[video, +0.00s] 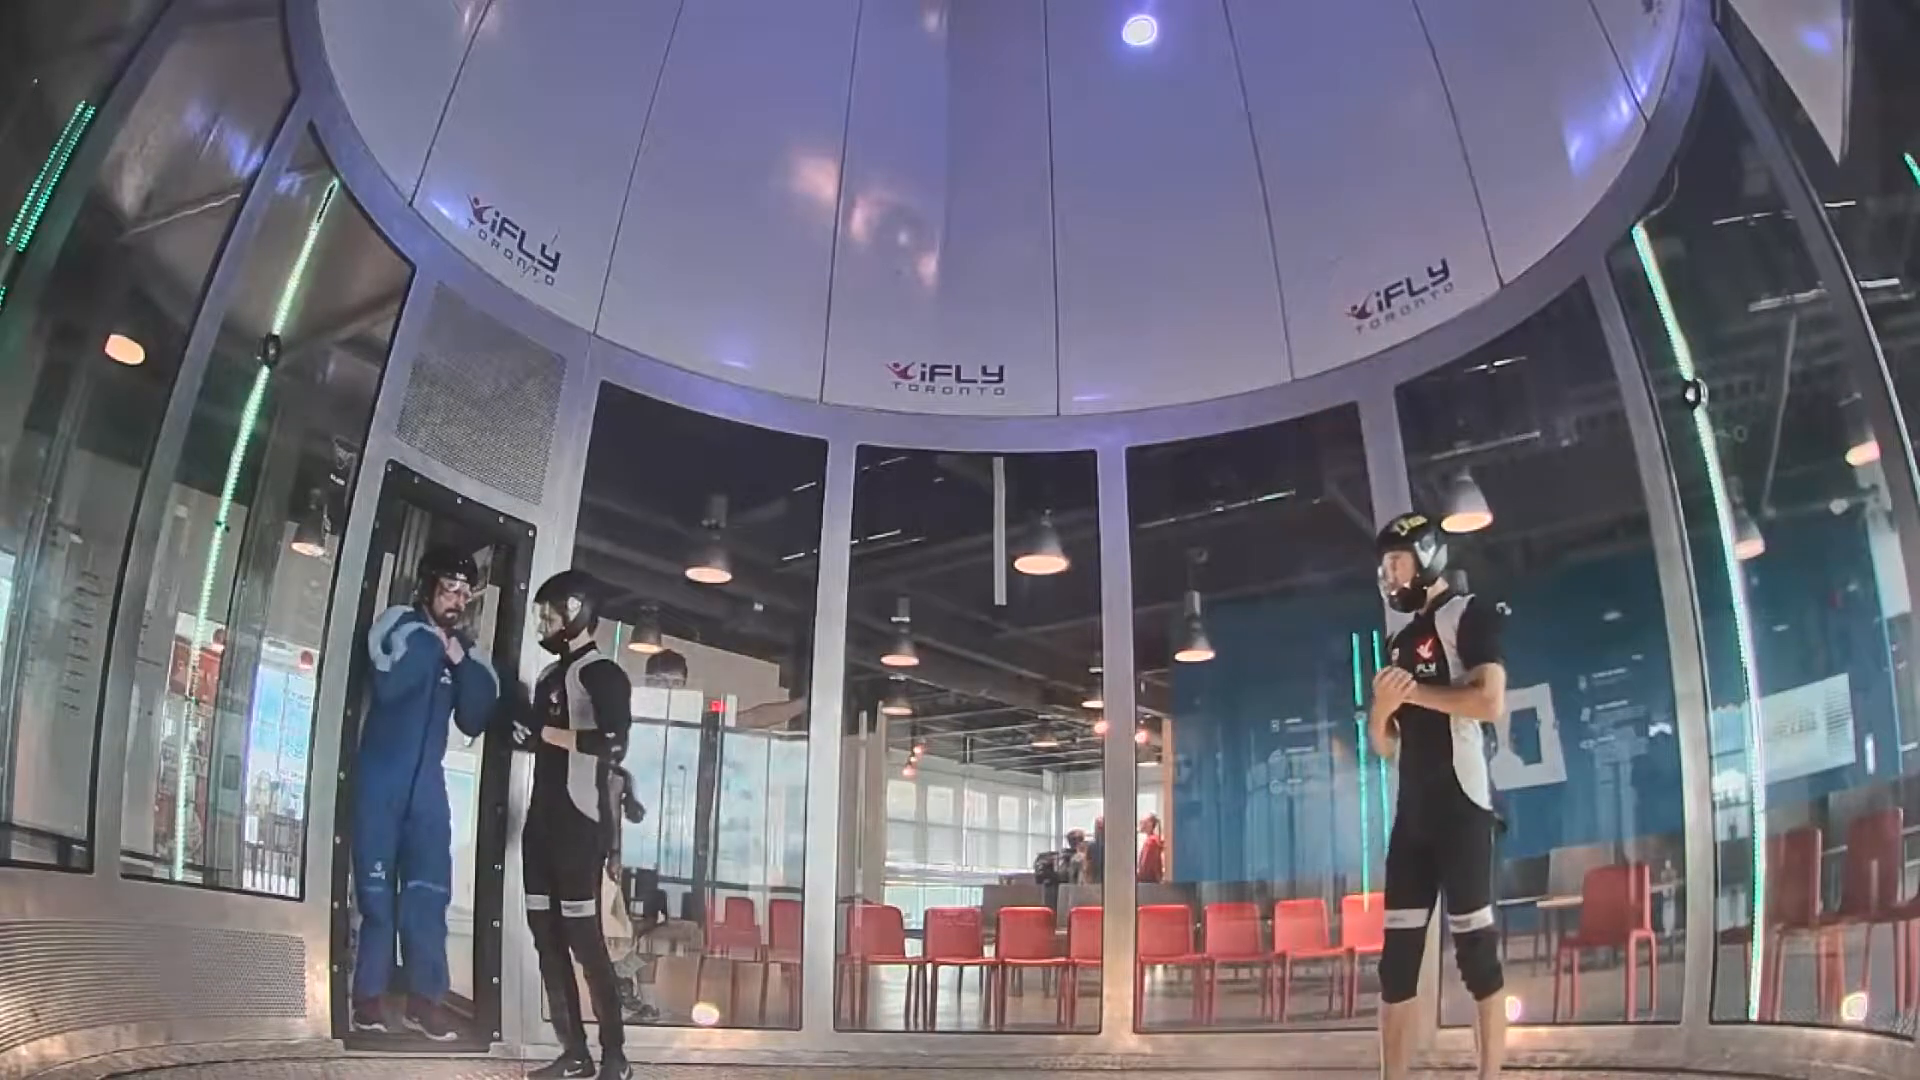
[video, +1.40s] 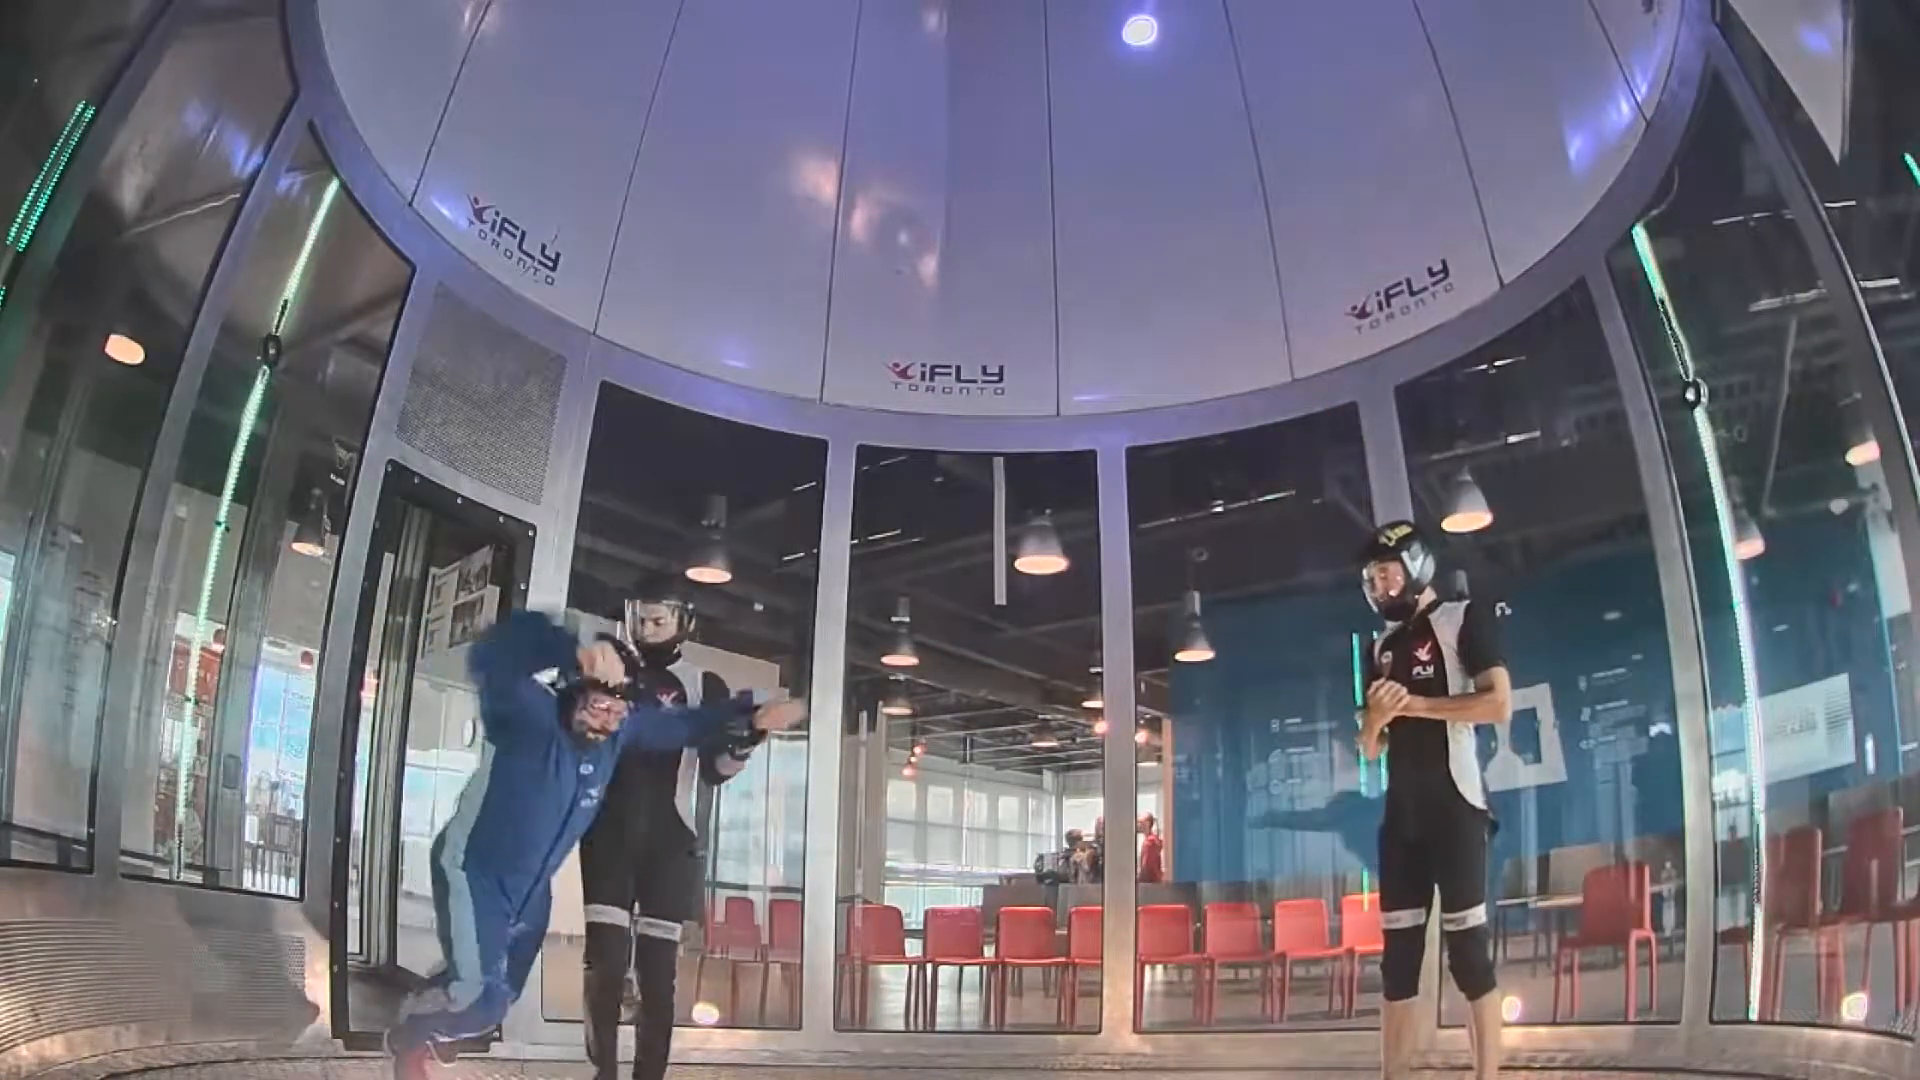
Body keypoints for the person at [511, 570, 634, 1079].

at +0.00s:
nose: (543, 624)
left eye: (550, 614)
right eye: (542, 614)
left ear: (578, 613)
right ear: (566, 615)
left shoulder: (605, 674)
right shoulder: (550, 678)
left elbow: (615, 746)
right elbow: (545, 739)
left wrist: (545, 732)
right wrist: (501, 720)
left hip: (581, 821)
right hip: (541, 818)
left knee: (584, 933)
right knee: (546, 931)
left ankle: (613, 1055)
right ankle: (575, 1052)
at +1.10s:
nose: (612, 629)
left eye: (622, 620)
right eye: (606, 620)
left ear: (647, 625)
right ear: (599, 625)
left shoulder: (663, 681)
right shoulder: (590, 680)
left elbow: (660, 764)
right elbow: (555, 728)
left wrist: (608, 759)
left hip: (621, 826)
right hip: (568, 819)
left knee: (622, 946)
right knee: (551, 944)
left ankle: (640, 1067)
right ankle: (575, 1053)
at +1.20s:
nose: (626, 631)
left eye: (637, 623)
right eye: (619, 621)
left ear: (658, 628)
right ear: (610, 625)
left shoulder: (679, 690)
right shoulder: (594, 681)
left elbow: (702, 754)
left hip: (646, 832)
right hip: (587, 825)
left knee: (645, 958)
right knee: (563, 955)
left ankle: (650, 1070)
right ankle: (576, 1038)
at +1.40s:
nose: (652, 629)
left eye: (662, 620)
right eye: (644, 620)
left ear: (683, 622)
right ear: (631, 621)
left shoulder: (706, 685)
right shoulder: (609, 670)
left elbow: (715, 770)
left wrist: (747, 741)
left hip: (671, 842)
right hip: (608, 836)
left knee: (657, 971)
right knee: (607, 965)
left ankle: (650, 1073)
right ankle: (605, 1071)